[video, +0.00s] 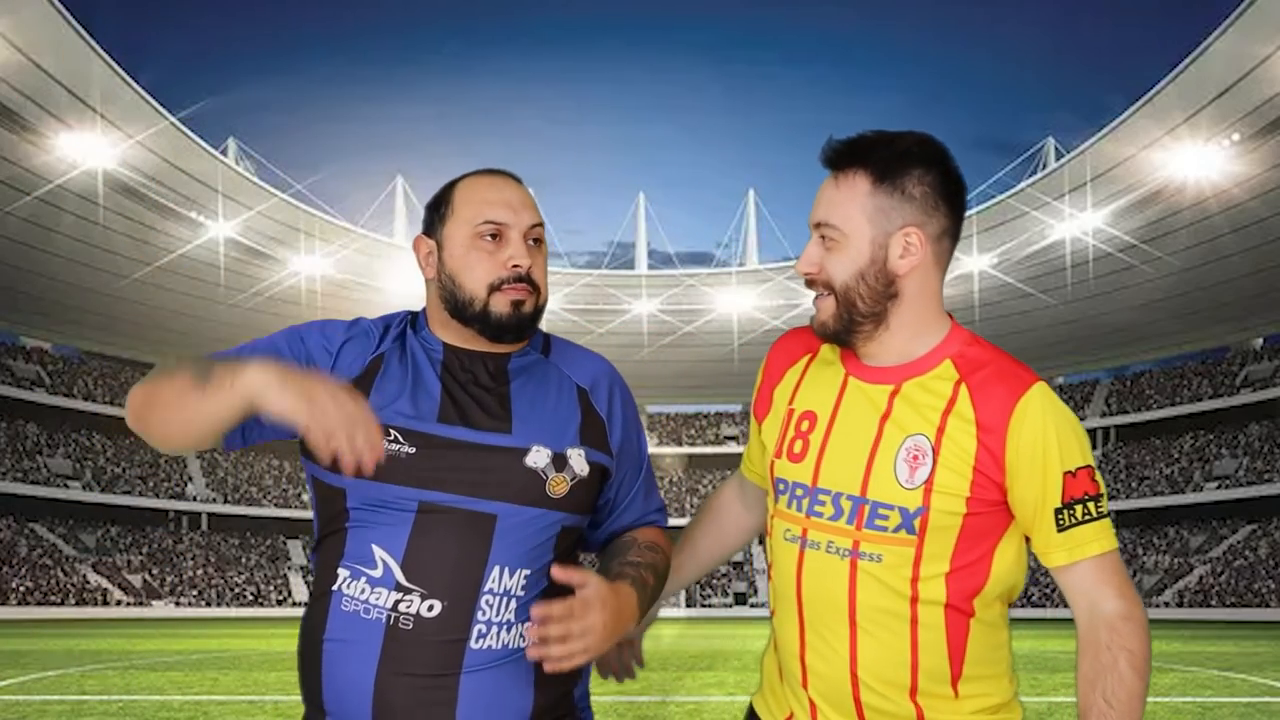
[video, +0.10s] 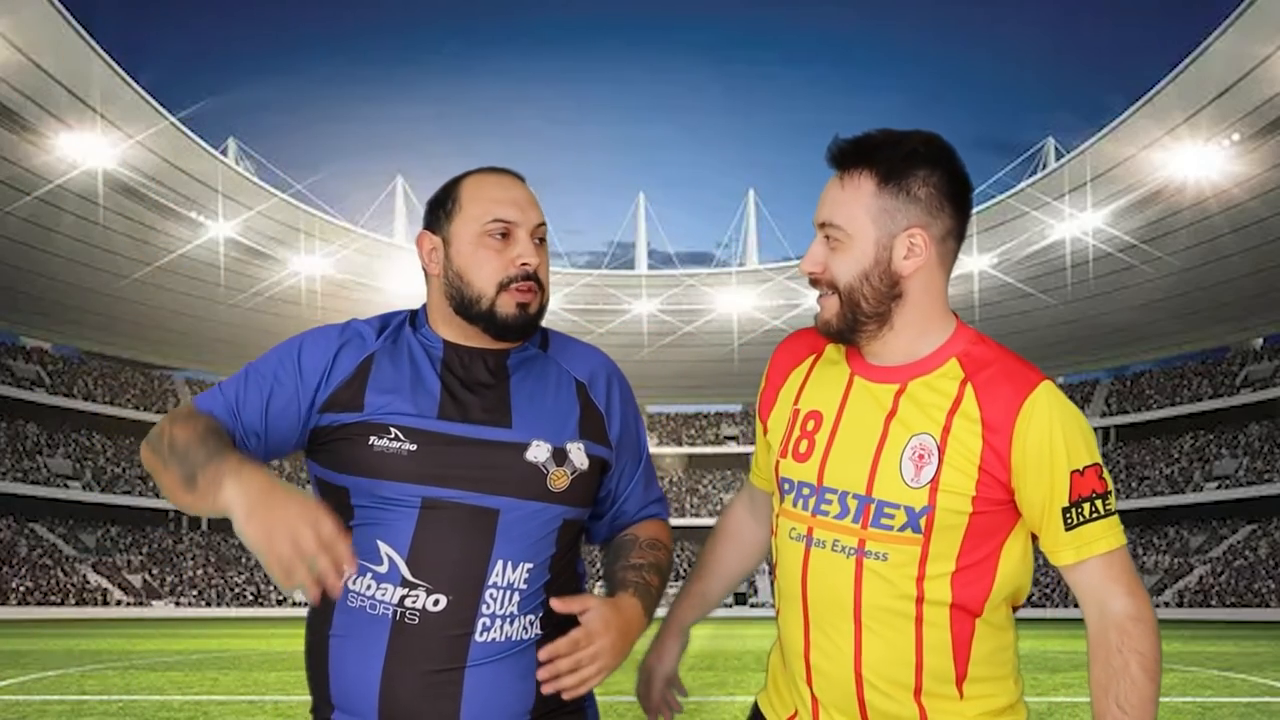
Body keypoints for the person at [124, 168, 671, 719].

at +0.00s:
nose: (522, 259)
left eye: (534, 240)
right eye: (492, 237)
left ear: (548, 256)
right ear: (429, 256)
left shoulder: (594, 389)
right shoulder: (345, 355)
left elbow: (642, 532)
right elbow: (145, 413)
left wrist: (626, 600)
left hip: (536, 711)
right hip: (355, 708)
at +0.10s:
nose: (530, 257)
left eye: (539, 238)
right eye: (500, 234)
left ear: (551, 253)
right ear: (433, 252)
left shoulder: (593, 384)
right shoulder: (338, 360)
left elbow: (641, 523)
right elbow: (171, 440)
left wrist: (631, 607)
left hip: (531, 703)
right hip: (363, 702)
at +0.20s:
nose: (542, 261)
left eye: (546, 241)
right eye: (512, 238)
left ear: (553, 254)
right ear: (439, 253)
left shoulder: (595, 383)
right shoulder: (340, 365)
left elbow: (645, 519)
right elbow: (205, 474)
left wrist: (640, 610)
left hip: (545, 709)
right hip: (369, 708)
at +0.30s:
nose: (554, 265)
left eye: (555, 244)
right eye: (524, 241)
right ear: (450, 253)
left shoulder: (600, 381)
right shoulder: (344, 369)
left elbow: (649, 517)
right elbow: (242, 504)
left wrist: (652, 616)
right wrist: (254, 645)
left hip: (548, 709)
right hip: (374, 707)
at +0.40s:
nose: (567, 266)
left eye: (567, 244)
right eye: (538, 242)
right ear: (462, 254)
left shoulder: (610, 381)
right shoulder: (354, 374)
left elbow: (656, 526)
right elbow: (271, 526)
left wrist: (659, 635)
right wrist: (277, 679)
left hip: (564, 705)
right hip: (390, 705)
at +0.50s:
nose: (582, 261)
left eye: (583, 243)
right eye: (553, 240)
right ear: (478, 253)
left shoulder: (622, 378)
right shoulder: (369, 374)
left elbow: (663, 528)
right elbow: (291, 532)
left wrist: (664, 643)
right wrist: (304, 689)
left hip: (578, 706)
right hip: (405, 706)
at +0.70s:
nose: (609, 274)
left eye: (611, 254)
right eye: (582, 250)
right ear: (506, 258)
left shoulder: (633, 373)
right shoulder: (389, 369)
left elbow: (663, 533)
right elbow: (311, 539)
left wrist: (666, 655)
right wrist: (335, 688)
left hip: (588, 709)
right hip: (415, 709)